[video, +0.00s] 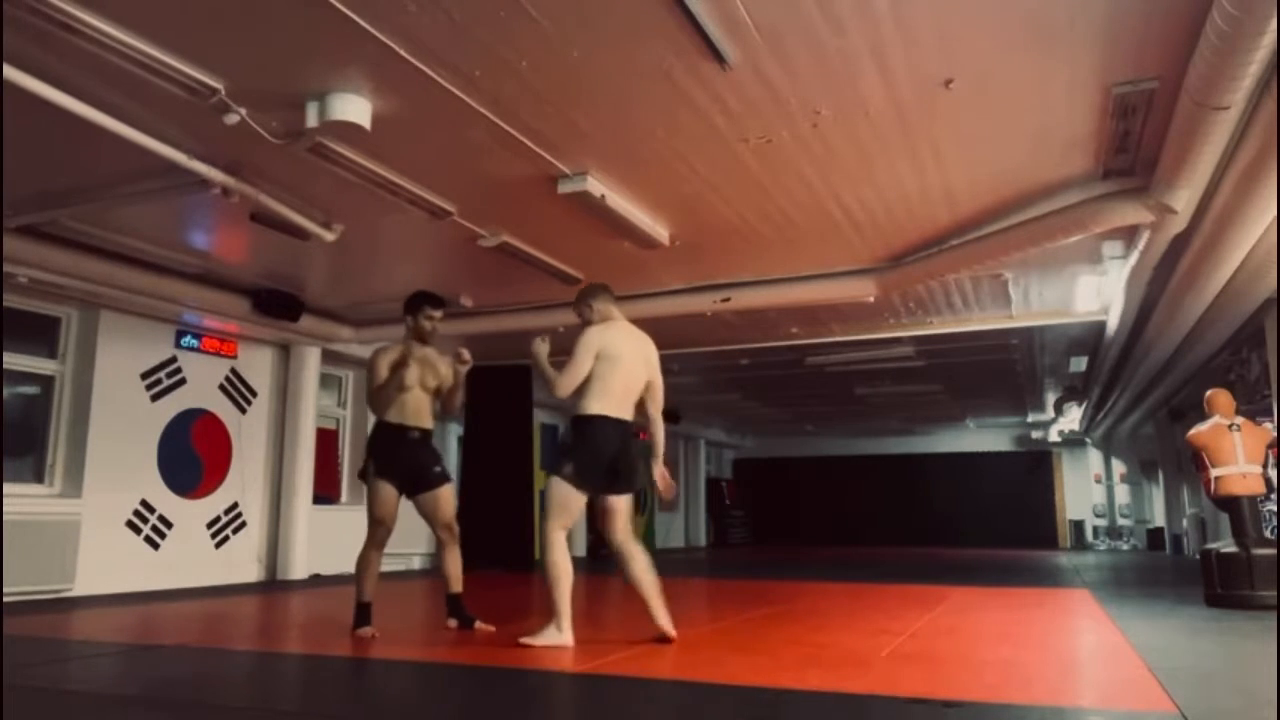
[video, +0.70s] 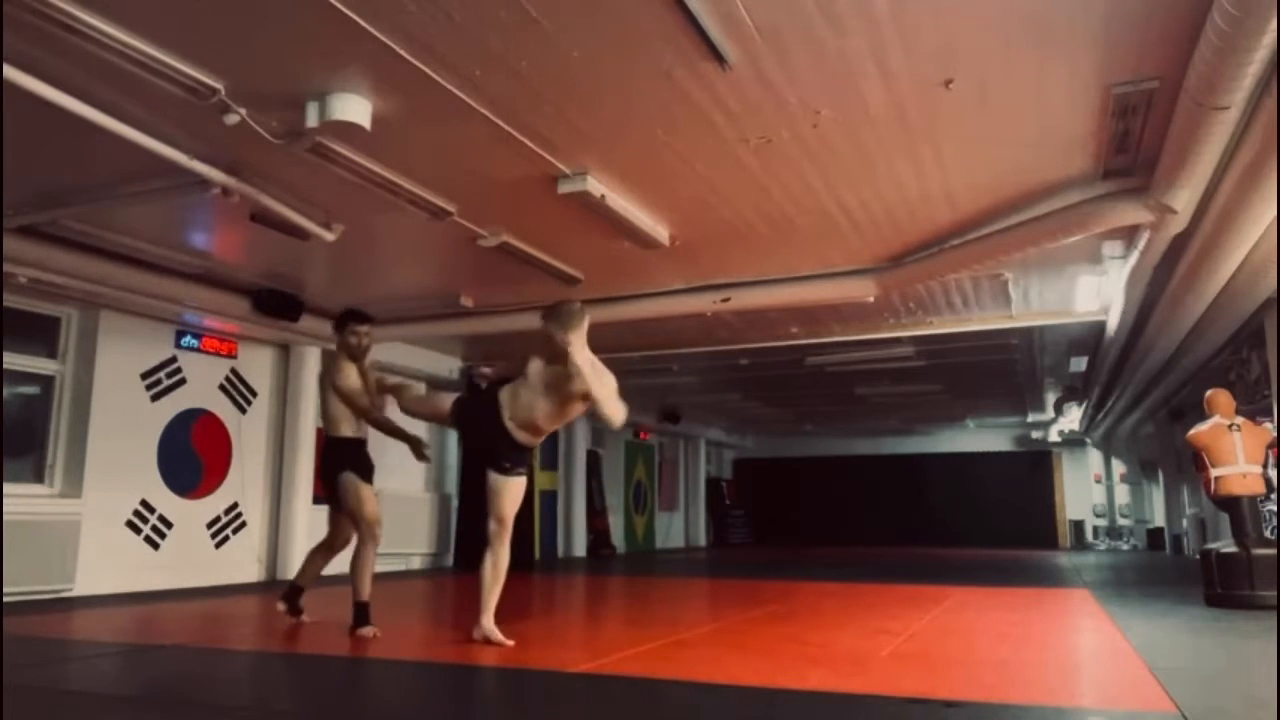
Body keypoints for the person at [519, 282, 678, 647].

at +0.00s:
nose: (583, 322)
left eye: (582, 316)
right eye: (581, 316)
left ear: (592, 308)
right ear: (613, 305)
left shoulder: (595, 334)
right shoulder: (647, 344)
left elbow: (562, 388)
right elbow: (655, 410)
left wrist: (540, 358)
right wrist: (658, 458)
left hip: (588, 437)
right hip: (626, 443)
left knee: (556, 528)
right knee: (622, 534)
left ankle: (561, 627)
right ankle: (663, 619)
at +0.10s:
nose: (568, 321)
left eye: (568, 314)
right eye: (567, 315)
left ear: (580, 306)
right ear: (599, 303)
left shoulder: (579, 331)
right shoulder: (633, 341)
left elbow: (561, 386)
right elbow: (630, 399)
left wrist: (534, 379)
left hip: (579, 429)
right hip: (612, 436)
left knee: (552, 531)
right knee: (576, 516)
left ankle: (561, 628)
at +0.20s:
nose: (560, 314)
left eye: (560, 306)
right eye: (559, 307)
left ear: (571, 301)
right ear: (592, 298)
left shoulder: (576, 333)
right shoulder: (619, 339)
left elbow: (578, 393)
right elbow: (603, 395)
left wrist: (544, 443)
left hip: (574, 429)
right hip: (600, 436)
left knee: (545, 533)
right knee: (535, 504)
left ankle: (561, 630)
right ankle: (488, 566)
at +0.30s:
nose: (557, 302)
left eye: (559, 295)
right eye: (557, 296)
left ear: (572, 292)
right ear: (580, 290)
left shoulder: (593, 329)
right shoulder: (580, 329)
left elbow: (615, 382)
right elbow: (537, 339)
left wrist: (566, 417)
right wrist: (502, 306)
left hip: (559, 436)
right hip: (548, 432)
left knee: (538, 532)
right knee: (492, 445)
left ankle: (559, 626)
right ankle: (473, 530)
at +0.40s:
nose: (559, 296)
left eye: (562, 289)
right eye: (559, 290)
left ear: (582, 283)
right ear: (571, 286)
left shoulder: (607, 327)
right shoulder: (567, 316)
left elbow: (626, 375)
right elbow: (528, 306)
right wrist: (500, 281)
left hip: (550, 425)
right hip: (522, 404)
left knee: (527, 517)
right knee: (451, 419)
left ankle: (541, 610)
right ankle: (470, 473)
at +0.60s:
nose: (546, 325)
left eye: (551, 319)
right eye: (547, 319)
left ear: (574, 316)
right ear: (554, 317)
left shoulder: (602, 360)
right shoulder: (545, 344)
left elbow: (636, 393)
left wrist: (591, 347)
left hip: (521, 444)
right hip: (492, 404)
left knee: (504, 527)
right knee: (420, 399)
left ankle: (488, 617)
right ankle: (407, 381)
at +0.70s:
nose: (547, 343)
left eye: (553, 337)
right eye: (548, 336)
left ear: (570, 334)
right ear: (553, 333)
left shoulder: (599, 377)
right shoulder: (547, 357)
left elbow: (616, 418)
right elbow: (527, 372)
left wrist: (583, 363)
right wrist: (496, 374)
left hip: (513, 447)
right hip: (487, 408)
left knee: (501, 530)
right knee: (413, 402)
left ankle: (486, 621)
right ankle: (389, 386)